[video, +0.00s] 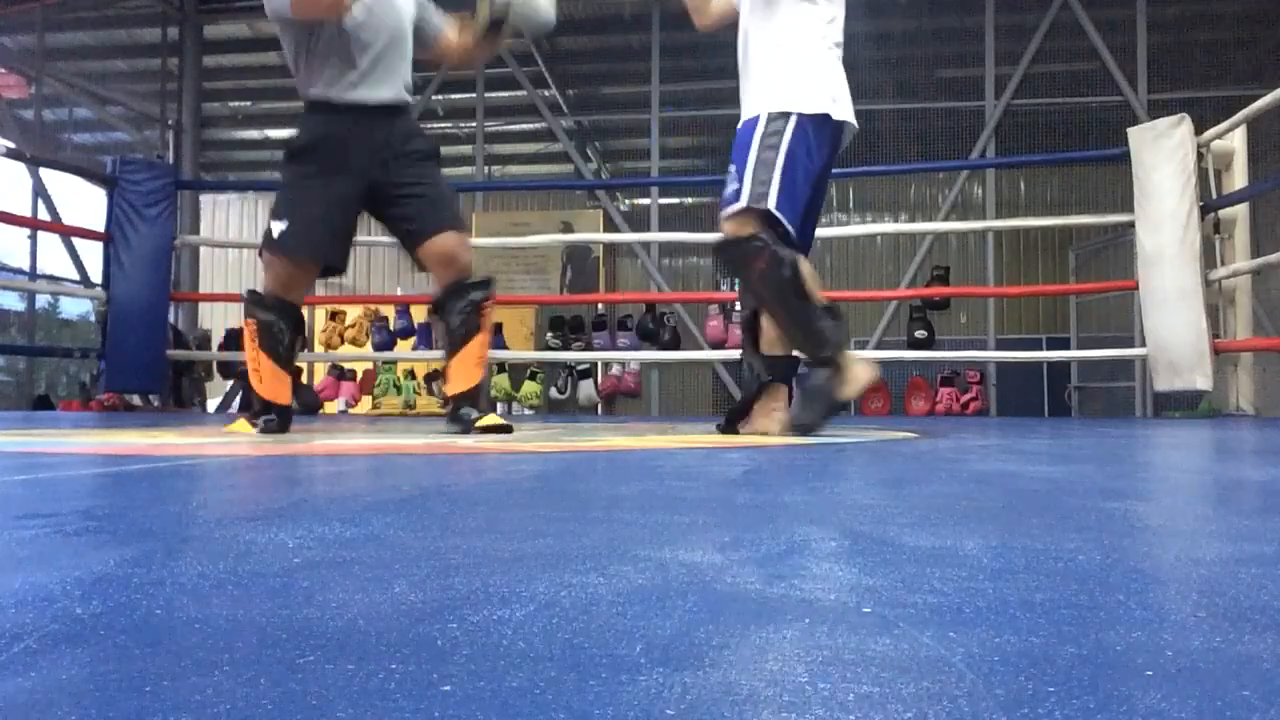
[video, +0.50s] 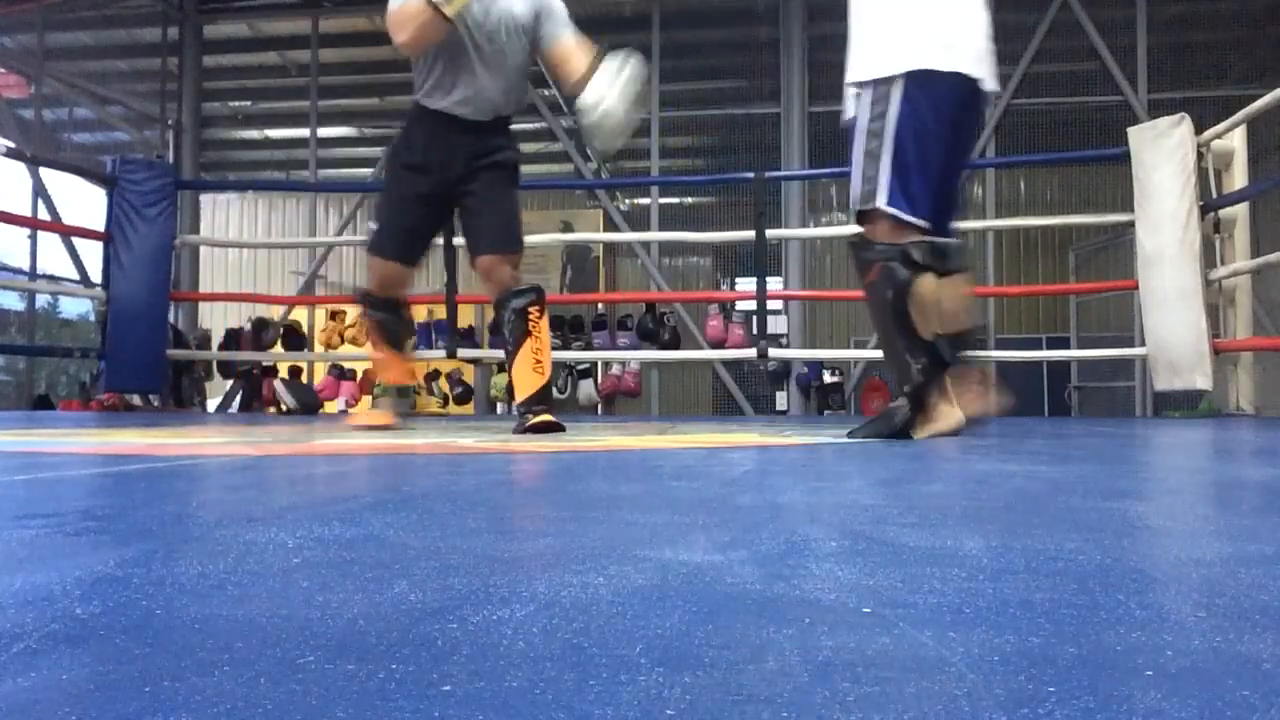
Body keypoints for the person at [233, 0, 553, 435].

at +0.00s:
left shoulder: (405, 4)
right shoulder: (286, 3)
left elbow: (456, 50)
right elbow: (322, 8)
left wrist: (501, 26)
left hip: (399, 135)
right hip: (328, 133)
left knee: (453, 257)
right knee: (286, 270)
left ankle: (467, 404)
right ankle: (268, 410)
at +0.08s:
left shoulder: (424, 8)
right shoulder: (293, 4)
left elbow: (453, 62)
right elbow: (327, 17)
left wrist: (498, 71)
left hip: (412, 141)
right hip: (337, 142)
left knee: (463, 253)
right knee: (294, 271)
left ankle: (492, 399)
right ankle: (272, 409)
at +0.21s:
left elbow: (529, 37)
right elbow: (333, 22)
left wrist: (574, 20)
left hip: (434, 144)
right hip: (361, 141)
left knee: (479, 273)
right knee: (312, 278)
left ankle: (534, 405)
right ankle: (272, 406)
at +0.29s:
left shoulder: (510, 4)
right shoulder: (391, 2)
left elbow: (591, 6)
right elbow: (352, 19)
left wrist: (637, 6)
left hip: (454, 143)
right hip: (384, 135)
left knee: (481, 273)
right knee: (331, 270)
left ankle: (530, 404)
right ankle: (276, 401)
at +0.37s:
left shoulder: (531, 5)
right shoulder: (416, 2)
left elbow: (602, 6)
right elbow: (376, 24)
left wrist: (649, 2)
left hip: (471, 148)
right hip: (405, 140)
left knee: (487, 271)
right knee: (345, 269)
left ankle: (531, 400)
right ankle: (301, 394)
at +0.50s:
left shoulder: (538, 5)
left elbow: (576, 65)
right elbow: (408, 39)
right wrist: (454, 3)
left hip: (491, 140)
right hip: (428, 133)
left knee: (496, 265)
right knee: (386, 272)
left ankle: (533, 402)